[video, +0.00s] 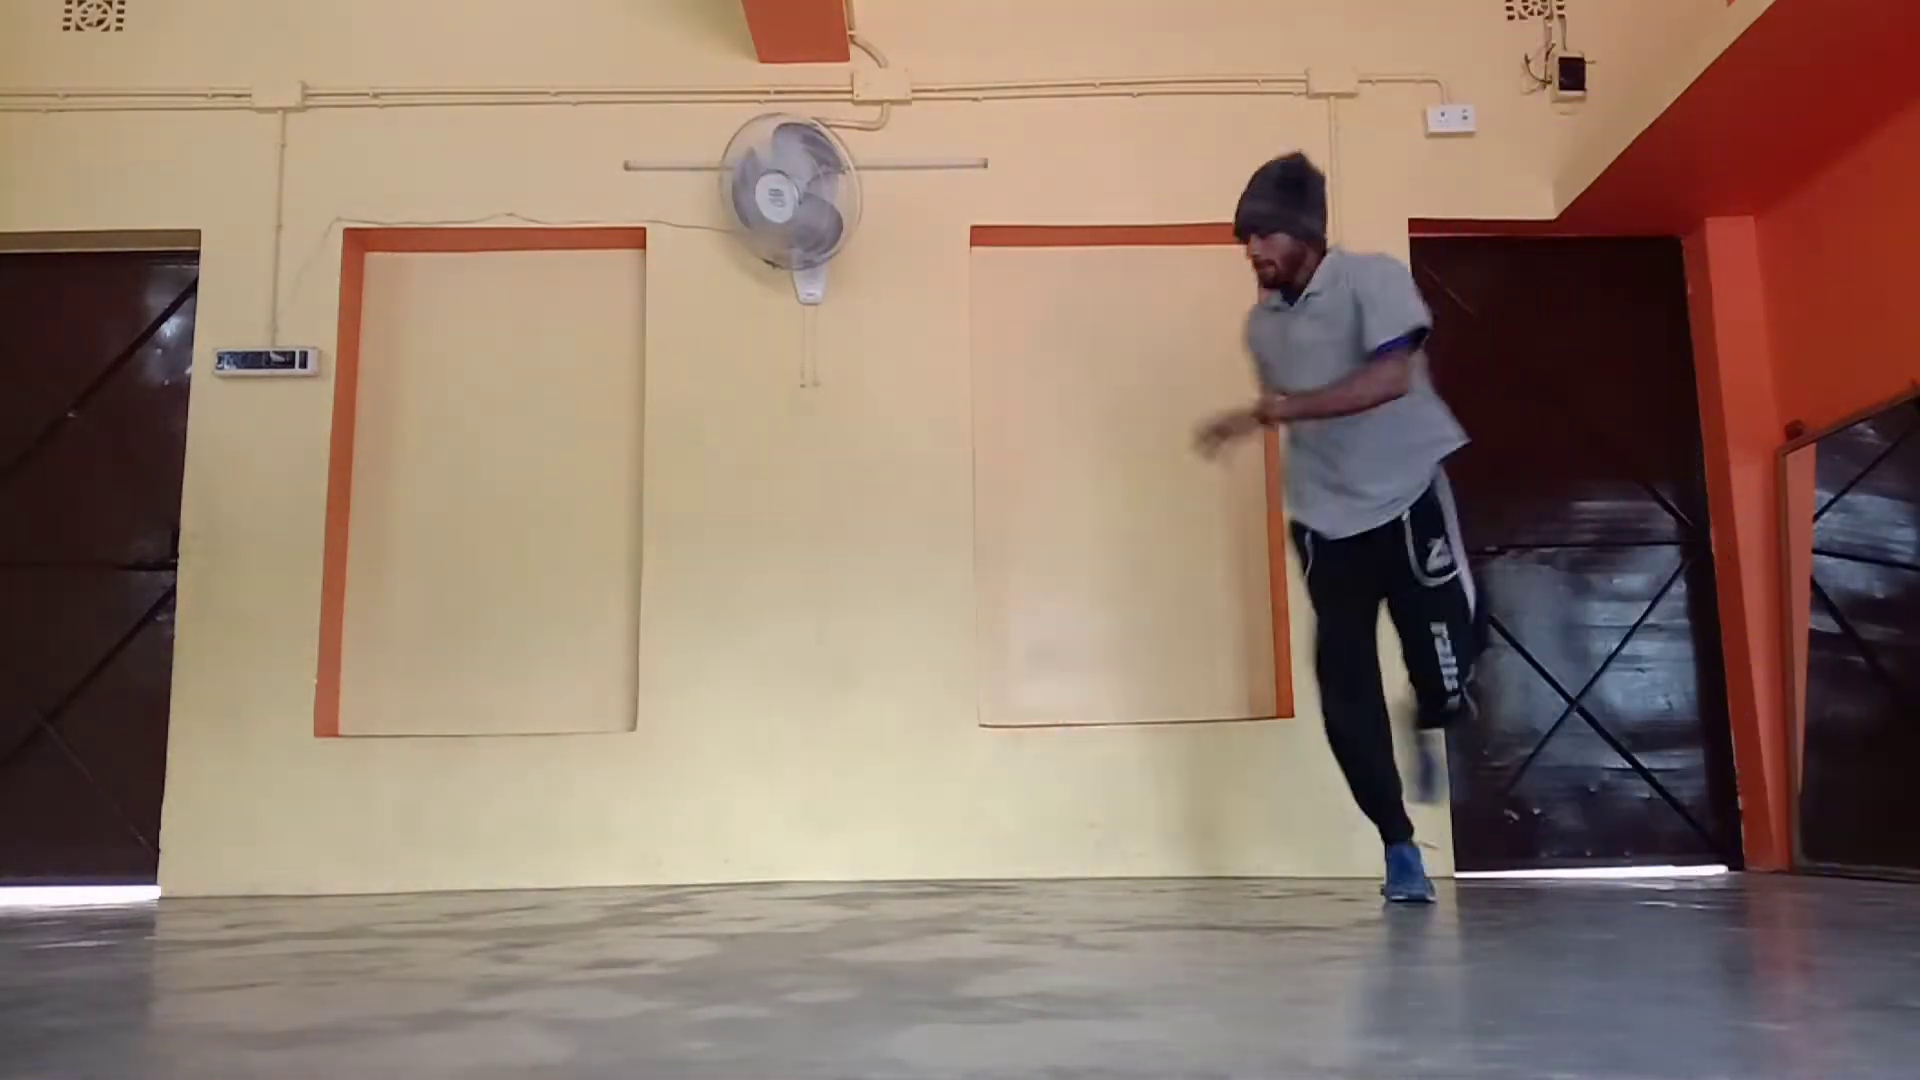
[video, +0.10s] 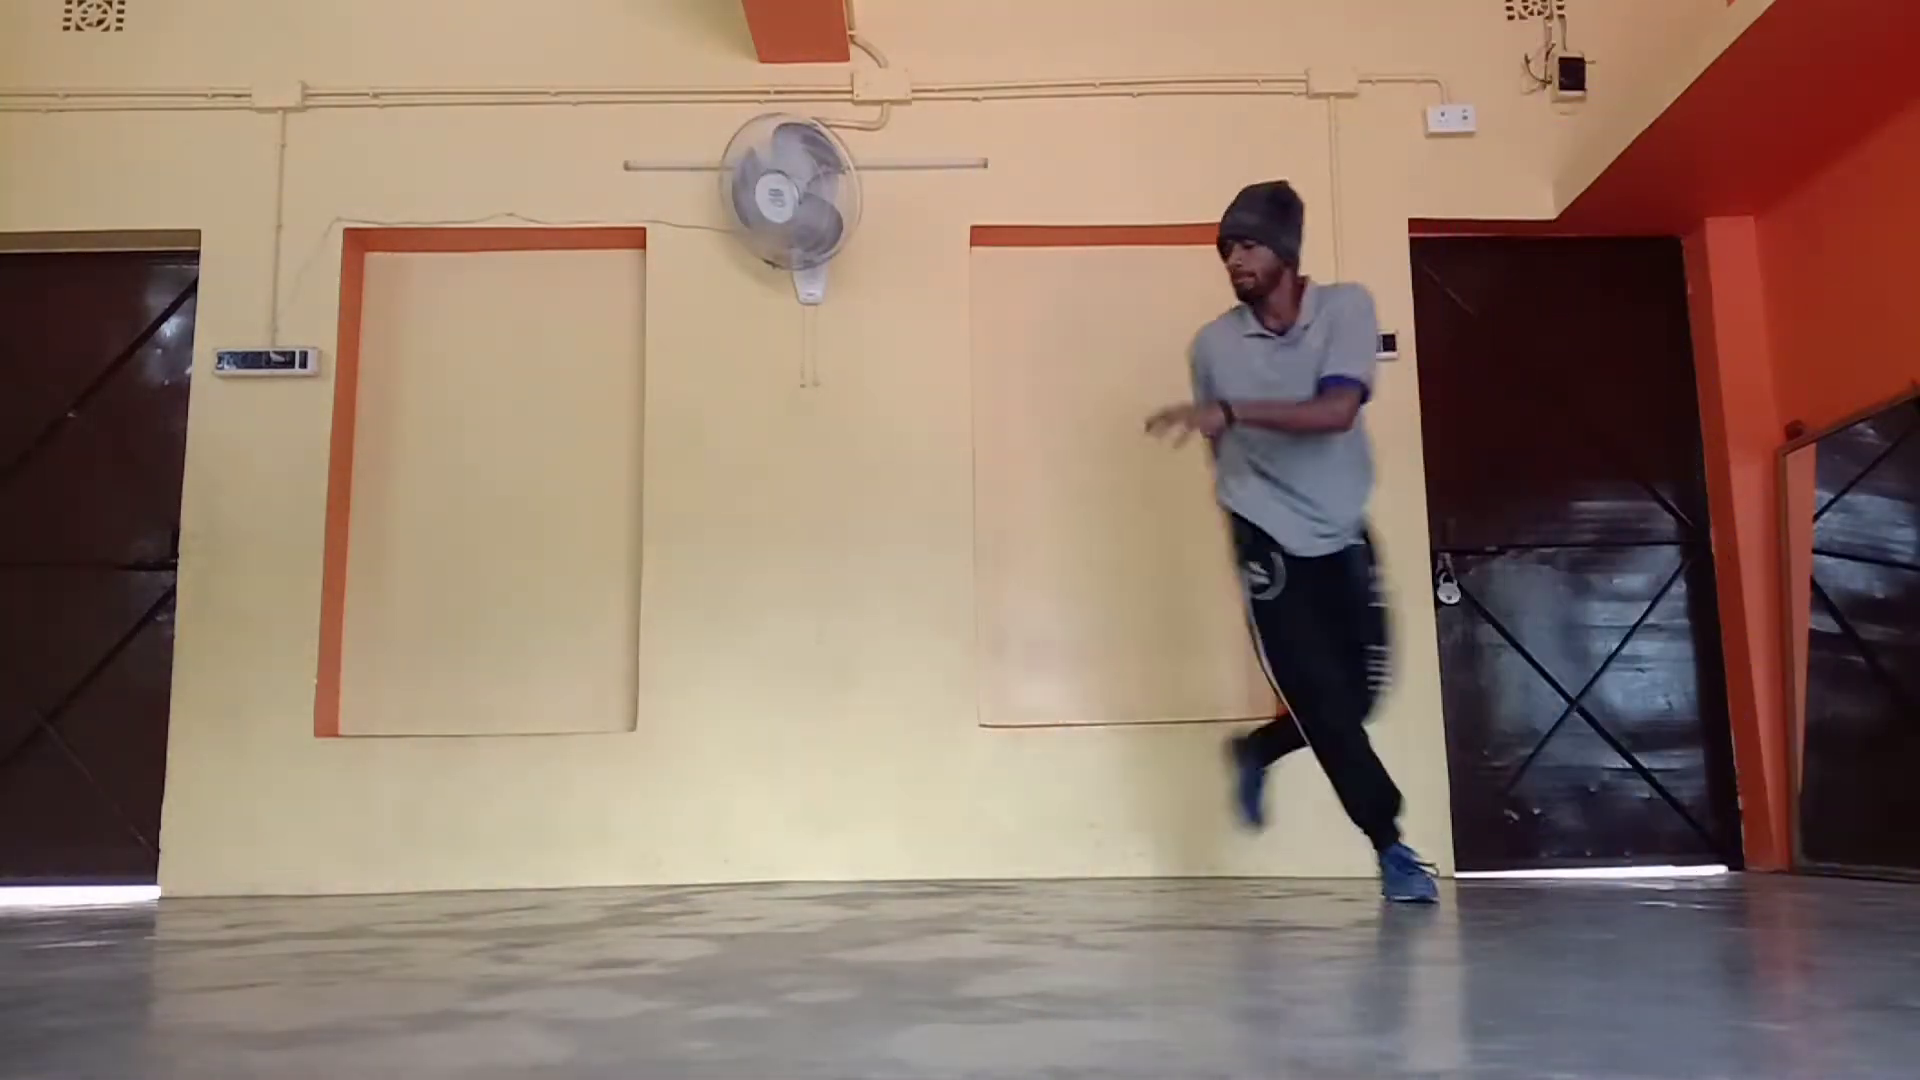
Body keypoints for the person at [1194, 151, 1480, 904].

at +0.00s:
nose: (1255, 251)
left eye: (1266, 235)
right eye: (1246, 237)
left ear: (1308, 231)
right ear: (1246, 239)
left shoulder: (1375, 278)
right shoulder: (1263, 324)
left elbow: (1391, 376)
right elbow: (1291, 404)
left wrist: (1287, 409)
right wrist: (1244, 425)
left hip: (1410, 504)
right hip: (1328, 524)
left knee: (1441, 671)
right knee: (1347, 694)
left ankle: (1430, 723)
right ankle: (1398, 848)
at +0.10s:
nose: (1234, 262)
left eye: (1247, 248)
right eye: (1227, 250)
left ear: (1288, 249)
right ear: (1225, 255)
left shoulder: (1346, 307)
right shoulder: (1215, 345)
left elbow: (1336, 410)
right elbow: (1223, 442)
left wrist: (1227, 411)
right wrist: (1209, 436)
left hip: (1341, 531)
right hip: (1266, 536)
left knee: (1357, 690)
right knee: (1322, 697)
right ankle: (1391, 846)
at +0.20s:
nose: (1221, 275)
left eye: (1236, 262)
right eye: (1213, 262)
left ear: (1268, 268)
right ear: (1203, 265)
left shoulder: (1308, 348)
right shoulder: (1168, 341)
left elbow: (1339, 458)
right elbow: (1124, 432)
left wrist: (1282, 509)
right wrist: (1106, 529)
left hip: (1259, 525)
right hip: (1184, 520)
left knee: (1249, 677)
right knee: (1254, 652)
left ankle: (1208, 832)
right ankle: (1275, 818)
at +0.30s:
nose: (1203, 309)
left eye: (1219, 298)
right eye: (1193, 297)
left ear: (1242, 311)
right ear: (1179, 307)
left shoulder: (1256, 415)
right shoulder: (1130, 378)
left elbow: (1299, 506)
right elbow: (1034, 423)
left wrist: (1355, 576)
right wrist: (976, 485)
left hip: (1184, 573)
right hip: (1113, 556)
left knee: (1210, 711)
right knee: (1177, 685)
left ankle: (1195, 851)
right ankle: (1087, 726)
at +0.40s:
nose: (1155, 282)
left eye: (1169, 274)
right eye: (1145, 272)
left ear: (1186, 290)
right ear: (1127, 281)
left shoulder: (1194, 385)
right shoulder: (1078, 347)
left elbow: (1235, 445)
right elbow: (982, 389)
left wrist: (1295, 499)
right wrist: (964, 438)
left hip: (1117, 556)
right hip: (1043, 534)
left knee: (1153, 707)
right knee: (1015, 680)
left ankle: (1159, 840)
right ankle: (960, 701)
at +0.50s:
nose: (1079, 286)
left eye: (1092, 276)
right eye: (1068, 275)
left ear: (1109, 288)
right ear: (1051, 285)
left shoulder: (1116, 371)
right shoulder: (1013, 352)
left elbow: (1147, 441)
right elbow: (967, 440)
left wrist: (1183, 463)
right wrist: (1037, 481)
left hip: (1059, 566)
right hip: (982, 547)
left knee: (1087, 710)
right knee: (893, 673)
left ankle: (1063, 835)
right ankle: (852, 770)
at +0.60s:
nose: (1004, 310)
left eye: (1017, 300)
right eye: (993, 301)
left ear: (1037, 312)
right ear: (978, 314)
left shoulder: (1049, 403)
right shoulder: (946, 386)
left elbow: (1059, 505)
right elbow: (967, 504)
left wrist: (1022, 468)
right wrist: (1074, 547)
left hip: (992, 588)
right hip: (913, 573)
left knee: (1027, 723)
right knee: (831, 706)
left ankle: (1053, 844)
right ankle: (759, 844)